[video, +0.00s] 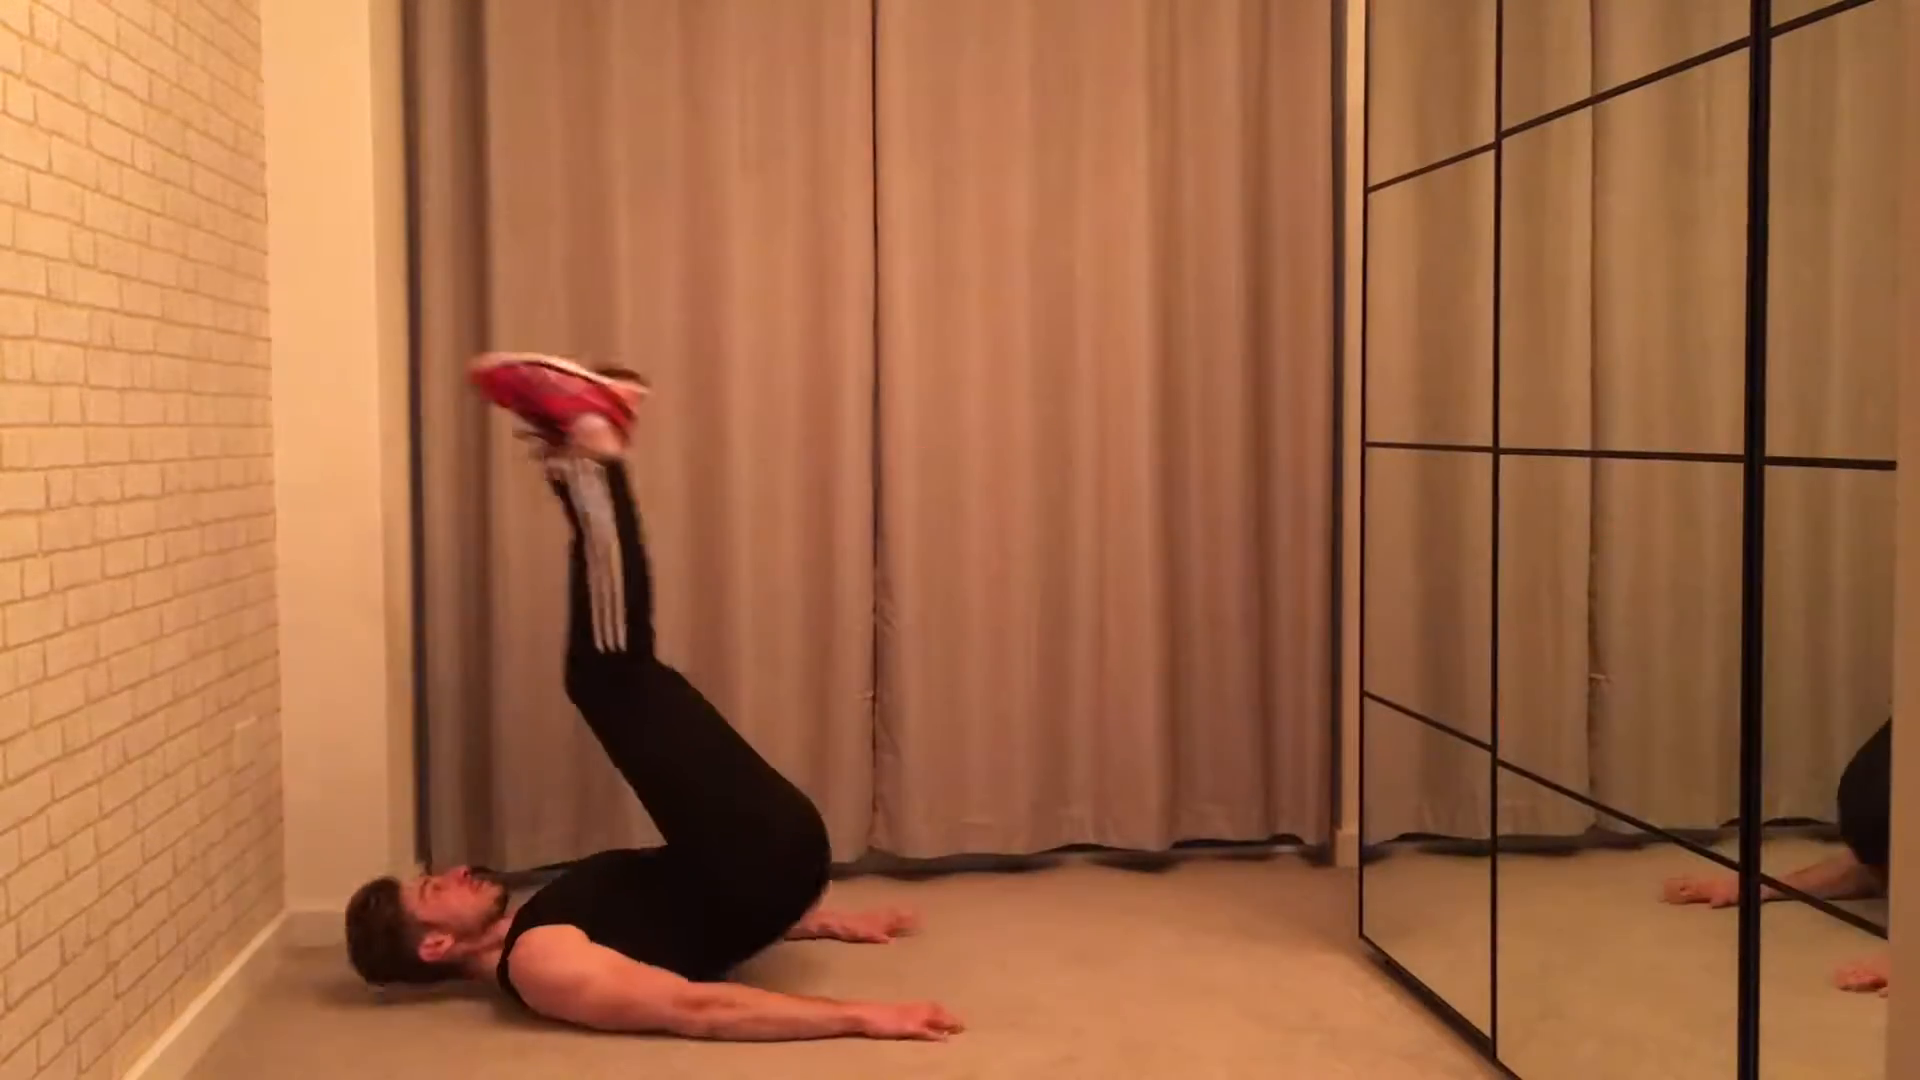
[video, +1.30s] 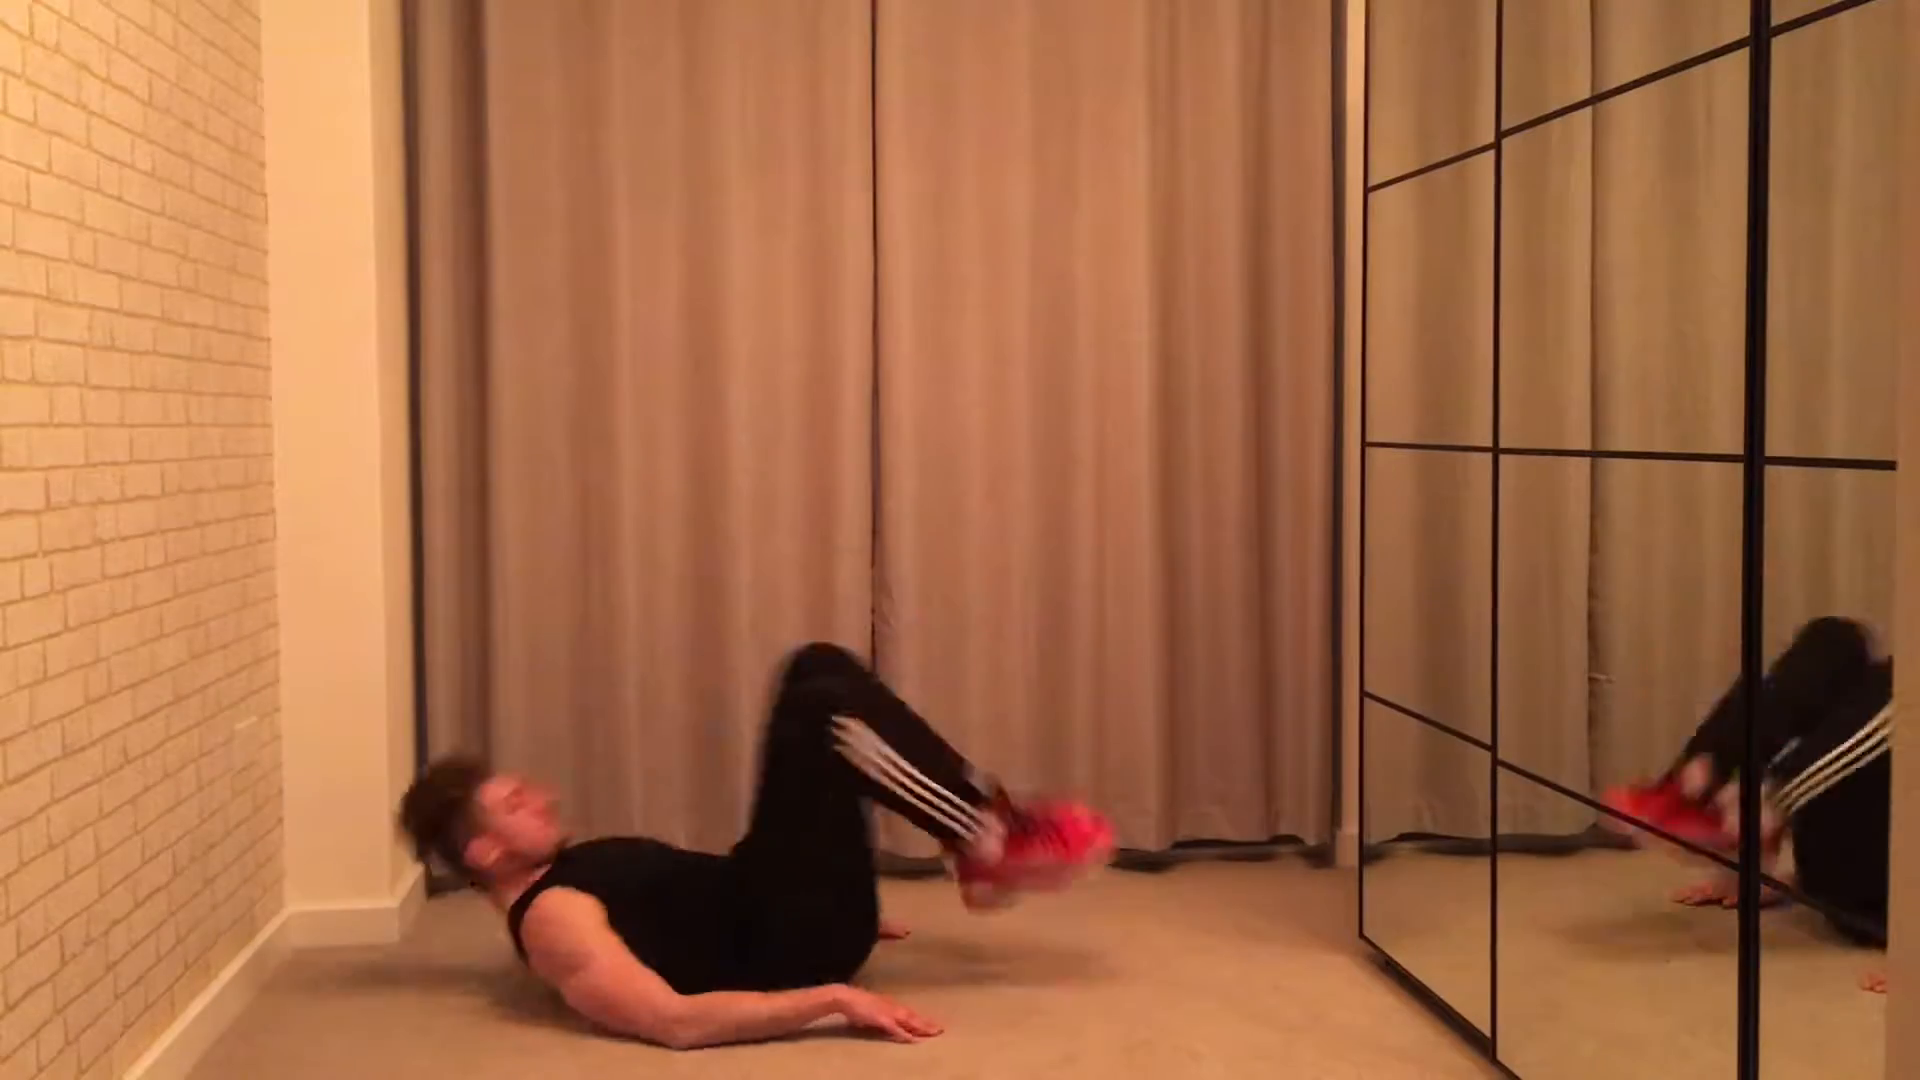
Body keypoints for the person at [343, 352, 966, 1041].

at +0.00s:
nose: (455, 871)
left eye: (432, 873)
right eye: (434, 887)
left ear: (450, 934)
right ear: (441, 949)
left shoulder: (537, 931)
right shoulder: (540, 963)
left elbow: (687, 908)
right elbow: (695, 1010)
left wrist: (826, 923)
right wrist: (862, 1017)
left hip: (757, 862)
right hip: (764, 868)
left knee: (610, 675)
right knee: (605, 677)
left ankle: (584, 455)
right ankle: (587, 454)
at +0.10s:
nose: (452, 889)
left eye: (434, 889)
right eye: (434, 904)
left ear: (450, 939)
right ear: (441, 958)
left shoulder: (543, 933)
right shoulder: (540, 969)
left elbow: (699, 919)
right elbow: (692, 1013)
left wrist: (829, 923)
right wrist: (849, 1017)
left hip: (730, 818)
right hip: (734, 823)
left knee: (583, 623)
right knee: (577, 624)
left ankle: (534, 398)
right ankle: (534, 397)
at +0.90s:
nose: (434, 891)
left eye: (413, 896)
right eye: (413, 915)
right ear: (426, 972)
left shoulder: (529, 934)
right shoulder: (522, 979)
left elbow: (681, 915)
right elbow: (676, 1015)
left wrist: (815, 920)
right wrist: (837, 1020)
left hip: (662, 774)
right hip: (685, 769)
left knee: (518, 579)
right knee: (517, 583)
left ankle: (600, 369)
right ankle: (604, 370)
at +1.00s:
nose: (426, 888)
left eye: (407, 894)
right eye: (408, 910)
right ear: (422, 967)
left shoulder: (529, 934)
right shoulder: (520, 978)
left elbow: (684, 917)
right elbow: (674, 1017)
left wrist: (817, 919)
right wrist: (834, 1014)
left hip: (712, 799)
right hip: (715, 806)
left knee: (553, 646)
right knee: (521, 659)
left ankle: (682, 472)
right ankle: (676, 483)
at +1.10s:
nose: (425, 881)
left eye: (406, 887)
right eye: (408, 903)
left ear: (431, 951)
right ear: (421, 960)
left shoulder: (526, 933)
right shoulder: (523, 975)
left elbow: (671, 916)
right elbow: (674, 1016)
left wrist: (804, 920)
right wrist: (833, 1016)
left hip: (748, 853)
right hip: (746, 873)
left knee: (586, 696)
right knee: (567, 729)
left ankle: (753, 569)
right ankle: (766, 610)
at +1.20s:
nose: (446, 849)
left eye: (427, 848)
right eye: (427, 865)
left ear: (443, 910)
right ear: (437, 923)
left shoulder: (531, 901)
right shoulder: (529, 952)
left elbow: (686, 905)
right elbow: (677, 1015)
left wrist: (826, 923)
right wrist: (838, 1012)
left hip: (772, 909)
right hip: (771, 938)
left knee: (682, 689)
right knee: (678, 724)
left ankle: (885, 692)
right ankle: (893, 721)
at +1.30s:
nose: (537, 803)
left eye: (523, 793)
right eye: (513, 805)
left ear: (507, 833)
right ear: (483, 855)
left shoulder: (569, 878)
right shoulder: (551, 916)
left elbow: (704, 910)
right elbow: (675, 1022)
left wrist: (841, 922)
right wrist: (833, 1003)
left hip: (789, 916)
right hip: (790, 949)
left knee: (820, 670)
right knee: (817, 697)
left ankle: (988, 827)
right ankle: (986, 842)